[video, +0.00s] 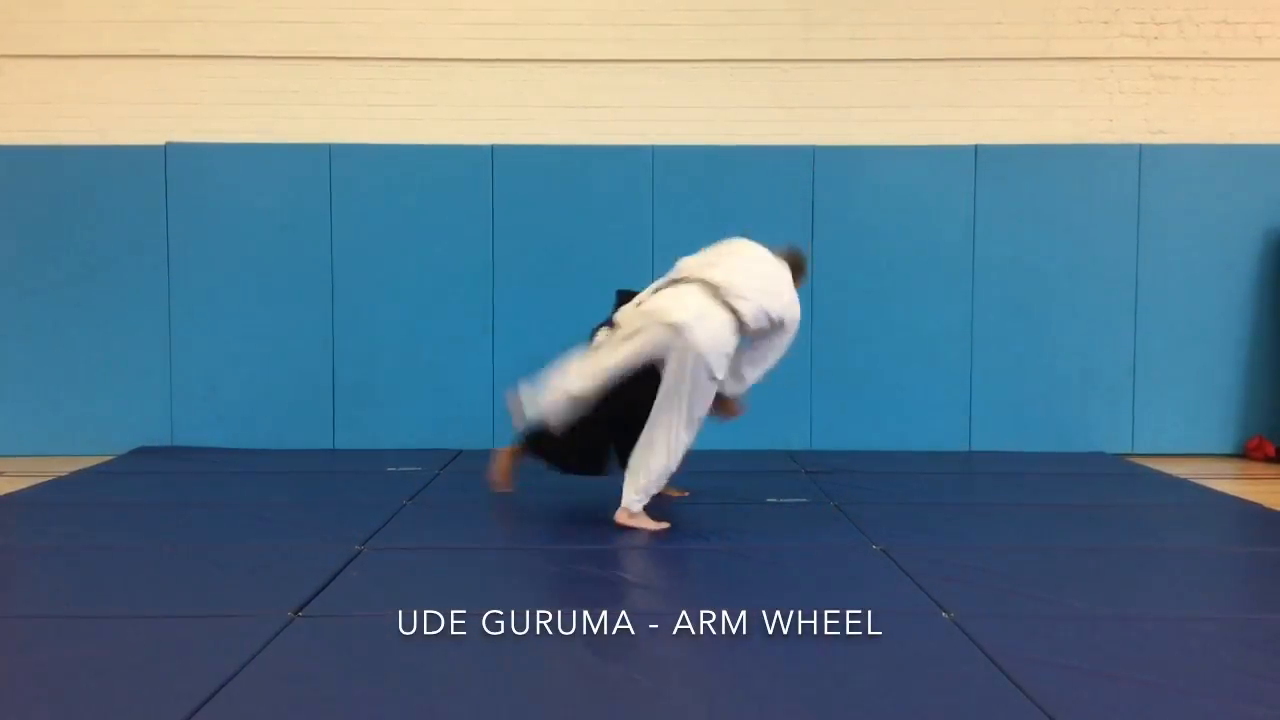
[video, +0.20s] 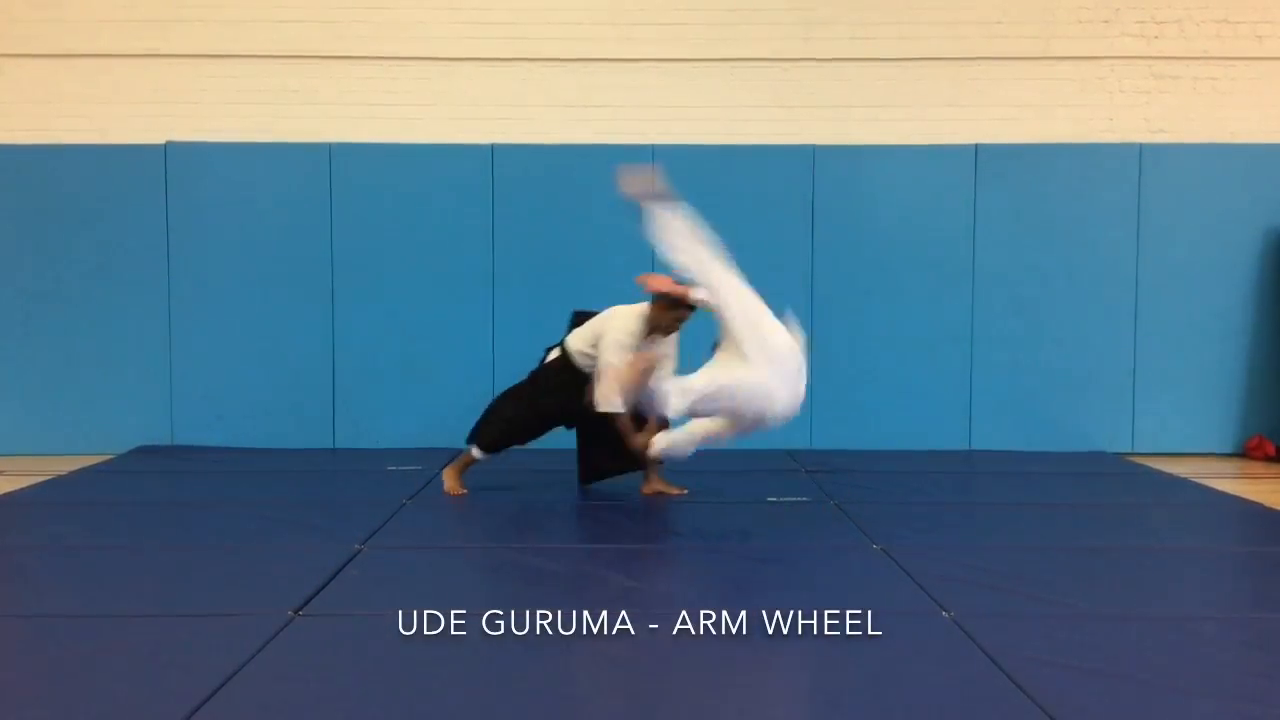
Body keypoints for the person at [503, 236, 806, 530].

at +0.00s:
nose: (794, 289)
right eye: (798, 284)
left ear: (774, 253)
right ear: (797, 279)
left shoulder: (739, 246)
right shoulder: (790, 307)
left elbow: (683, 269)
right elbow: (749, 365)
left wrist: (641, 302)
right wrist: (728, 395)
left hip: (671, 304)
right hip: (710, 339)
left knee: (600, 362)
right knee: (673, 423)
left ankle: (538, 403)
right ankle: (632, 507)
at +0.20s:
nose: (677, 326)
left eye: (682, 321)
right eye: (674, 317)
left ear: (681, 320)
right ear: (657, 308)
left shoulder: (667, 335)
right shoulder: (624, 324)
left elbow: (662, 380)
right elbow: (607, 391)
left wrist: (658, 420)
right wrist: (632, 435)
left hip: (610, 377)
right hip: (569, 370)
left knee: (652, 414)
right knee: (521, 419)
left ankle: (652, 478)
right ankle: (456, 469)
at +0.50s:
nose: (642, 277)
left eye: (647, 271)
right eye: (639, 268)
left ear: (650, 269)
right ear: (622, 260)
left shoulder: (643, 293)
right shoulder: (589, 287)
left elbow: (642, 339)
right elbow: (583, 347)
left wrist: (631, 382)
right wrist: (609, 393)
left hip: (607, 364)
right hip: (565, 364)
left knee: (652, 398)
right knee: (539, 430)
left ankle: (653, 477)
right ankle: (462, 463)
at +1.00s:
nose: (629, 227)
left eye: (634, 221)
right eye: (623, 220)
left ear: (638, 222)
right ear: (605, 218)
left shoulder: (640, 257)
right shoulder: (577, 255)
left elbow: (645, 312)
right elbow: (560, 312)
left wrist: (637, 362)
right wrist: (561, 365)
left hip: (613, 350)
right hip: (575, 346)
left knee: (647, 400)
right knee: (552, 415)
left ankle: (652, 482)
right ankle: (485, 465)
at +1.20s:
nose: (574, 215)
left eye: (578, 209)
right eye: (567, 208)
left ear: (582, 212)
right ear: (548, 209)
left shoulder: (586, 251)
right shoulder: (523, 253)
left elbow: (600, 304)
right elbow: (511, 312)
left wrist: (613, 351)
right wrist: (522, 362)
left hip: (573, 347)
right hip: (536, 346)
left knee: (612, 395)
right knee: (537, 421)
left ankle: (645, 475)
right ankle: (476, 486)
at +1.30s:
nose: (552, 207)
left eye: (555, 201)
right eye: (544, 201)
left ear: (558, 204)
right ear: (525, 203)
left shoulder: (561, 246)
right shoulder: (500, 248)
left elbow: (574, 301)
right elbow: (488, 309)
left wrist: (590, 348)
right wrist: (501, 360)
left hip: (552, 341)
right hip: (514, 341)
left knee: (588, 399)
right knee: (518, 418)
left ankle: (610, 478)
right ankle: (475, 488)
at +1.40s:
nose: (536, 192)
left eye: (538, 186)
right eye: (528, 186)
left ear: (540, 190)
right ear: (507, 192)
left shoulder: (544, 234)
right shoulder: (485, 236)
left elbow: (554, 291)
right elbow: (466, 295)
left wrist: (572, 334)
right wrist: (485, 340)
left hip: (535, 331)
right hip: (498, 331)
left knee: (560, 398)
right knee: (495, 411)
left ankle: (565, 481)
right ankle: (475, 488)